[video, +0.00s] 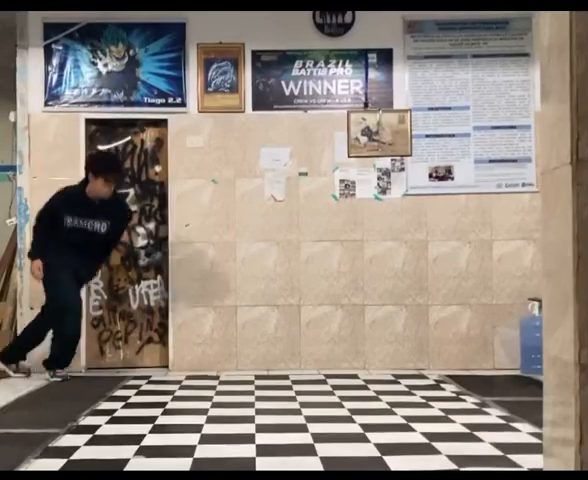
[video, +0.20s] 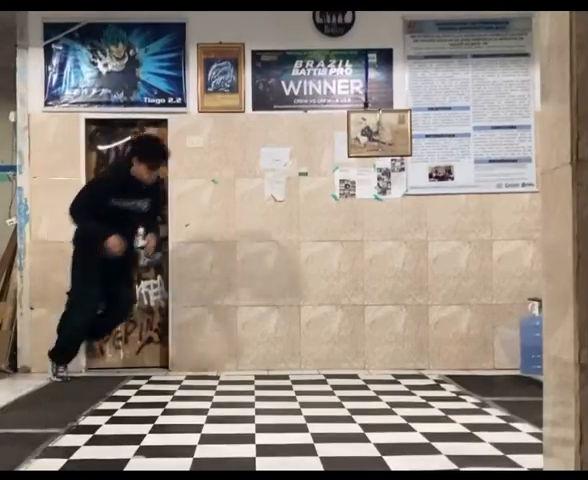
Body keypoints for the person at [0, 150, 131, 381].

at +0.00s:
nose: (111, 189)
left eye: (114, 183)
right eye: (107, 182)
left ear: (117, 182)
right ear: (92, 177)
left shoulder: (119, 211)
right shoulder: (65, 198)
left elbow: (109, 244)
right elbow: (41, 226)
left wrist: (97, 265)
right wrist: (36, 256)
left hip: (84, 269)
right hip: (55, 261)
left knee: (51, 313)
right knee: (70, 310)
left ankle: (11, 355)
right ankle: (56, 364)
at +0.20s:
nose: (152, 175)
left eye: (156, 169)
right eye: (149, 168)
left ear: (158, 167)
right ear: (134, 161)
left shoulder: (153, 190)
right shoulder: (108, 180)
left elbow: (152, 217)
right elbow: (77, 210)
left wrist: (153, 233)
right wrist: (105, 235)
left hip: (122, 254)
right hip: (90, 251)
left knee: (122, 305)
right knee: (84, 304)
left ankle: (86, 336)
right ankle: (60, 358)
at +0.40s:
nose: (211, 182)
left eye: (214, 177)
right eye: (209, 175)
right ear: (196, 167)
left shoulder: (195, 188)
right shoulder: (166, 184)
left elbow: (186, 215)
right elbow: (158, 222)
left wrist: (199, 221)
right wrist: (190, 230)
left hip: (167, 245)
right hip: (139, 245)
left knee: (193, 285)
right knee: (170, 288)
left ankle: (207, 347)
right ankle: (155, 325)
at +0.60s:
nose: (257, 207)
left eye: (260, 201)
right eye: (254, 201)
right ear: (238, 196)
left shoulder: (232, 218)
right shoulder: (219, 219)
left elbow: (226, 258)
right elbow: (217, 262)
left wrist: (246, 275)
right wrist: (242, 281)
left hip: (206, 271)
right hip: (184, 274)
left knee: (251, 311)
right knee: (229, 316)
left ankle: (251, 366)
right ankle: (215, 365)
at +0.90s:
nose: (250, 181)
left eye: (253, 175)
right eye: (247, 174)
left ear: (255, 172)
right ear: (230, 167)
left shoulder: (254, 196)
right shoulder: (198, 177)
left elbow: (253, 222)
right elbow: (168, 185)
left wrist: (254, 238)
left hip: (234, 257)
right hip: (201, 255)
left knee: (249, 305)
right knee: (208, 304)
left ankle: (281, 350)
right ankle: (219, 356)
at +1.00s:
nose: (232, 188)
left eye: (236, 182)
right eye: (227, 181)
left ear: (240, 179)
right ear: (210, 175)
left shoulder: (251, 206)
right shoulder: (196, 189)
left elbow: (261, 233)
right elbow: (180, 197)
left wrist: (259, 251)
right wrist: (162, 201)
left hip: (241, 275)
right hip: (208, 274)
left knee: (244, 322)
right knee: (201, 325)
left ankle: (289, 369)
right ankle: (220, 381)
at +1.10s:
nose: (220, 193)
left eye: (223, 187)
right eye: (215, 187)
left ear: (227, 184)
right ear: (199, 182)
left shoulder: (240, 202)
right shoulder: (193, 193)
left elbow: (268, 219)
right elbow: (179, 198)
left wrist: (266, 253)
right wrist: (161, 200)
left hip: (244, 278)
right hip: (210, 277)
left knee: (249, 332)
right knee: (198, 333)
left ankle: (291, 374)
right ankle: (221, 380)